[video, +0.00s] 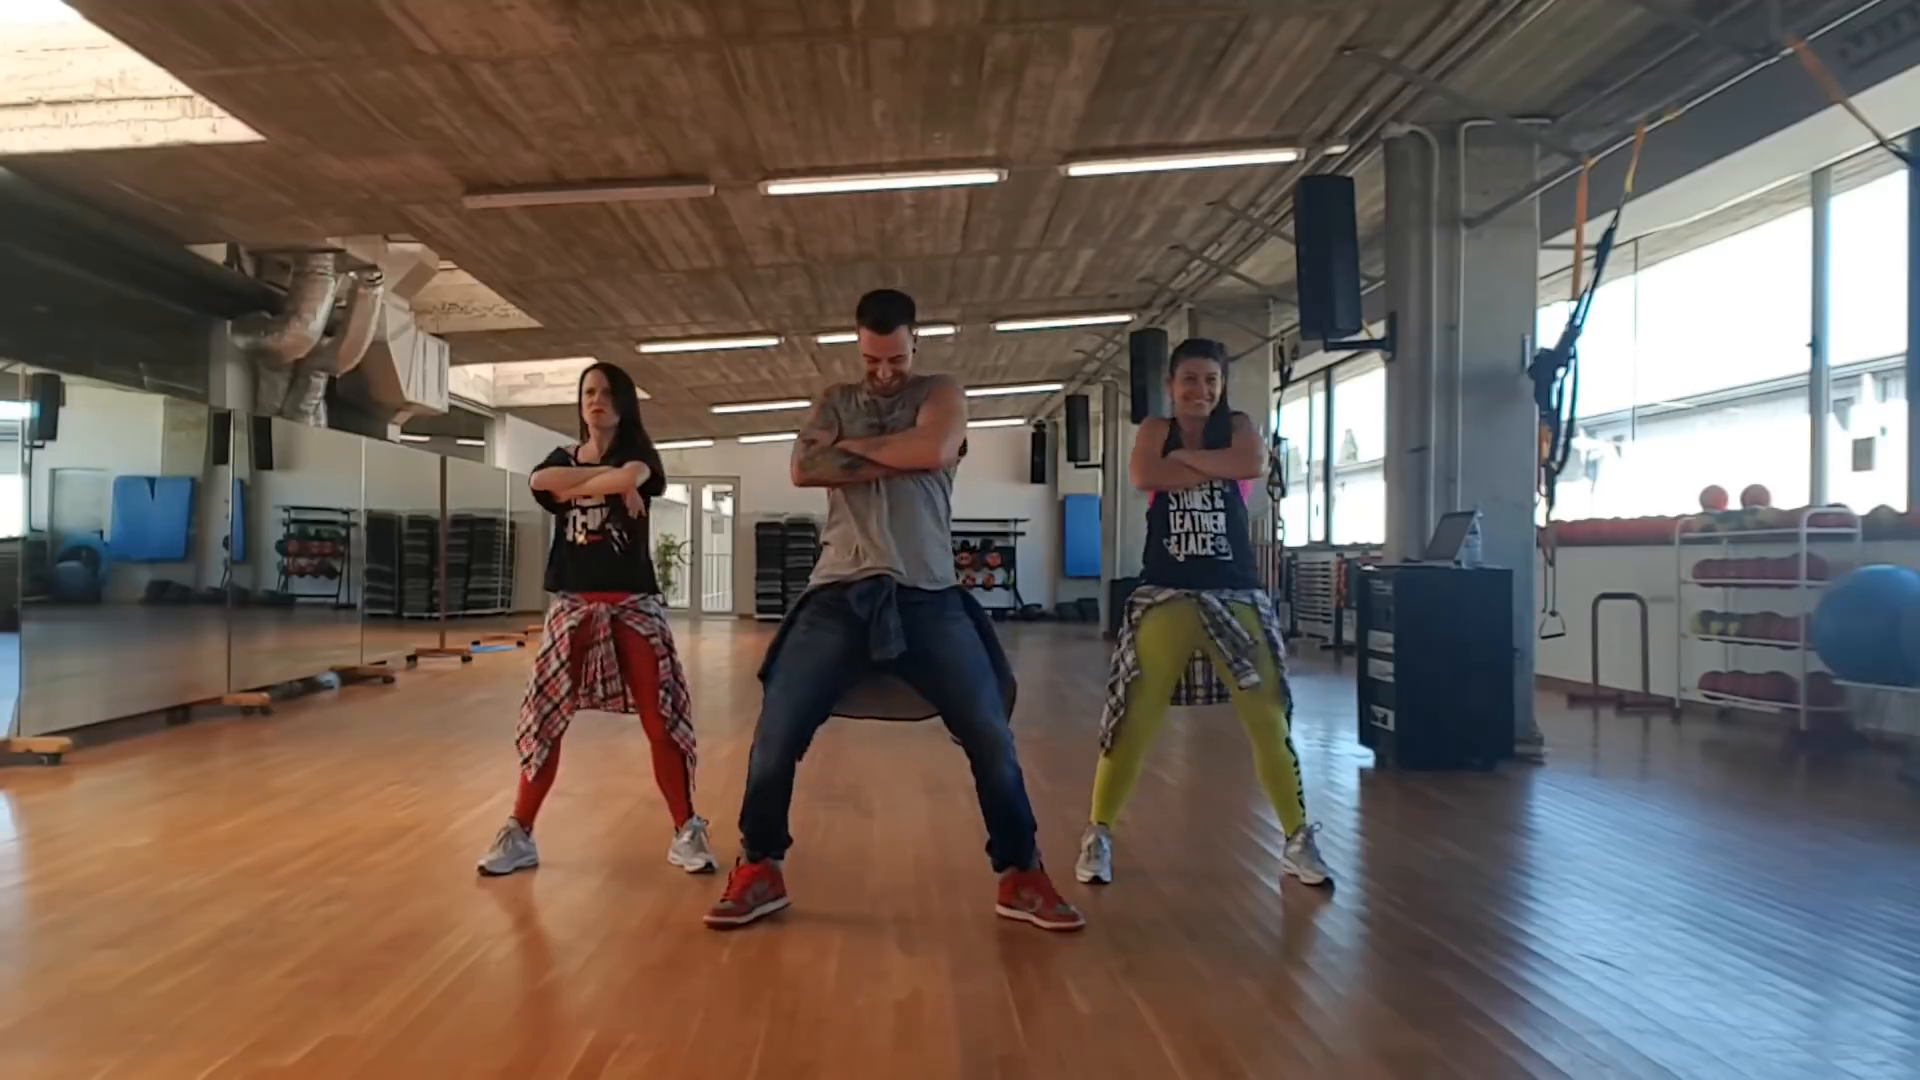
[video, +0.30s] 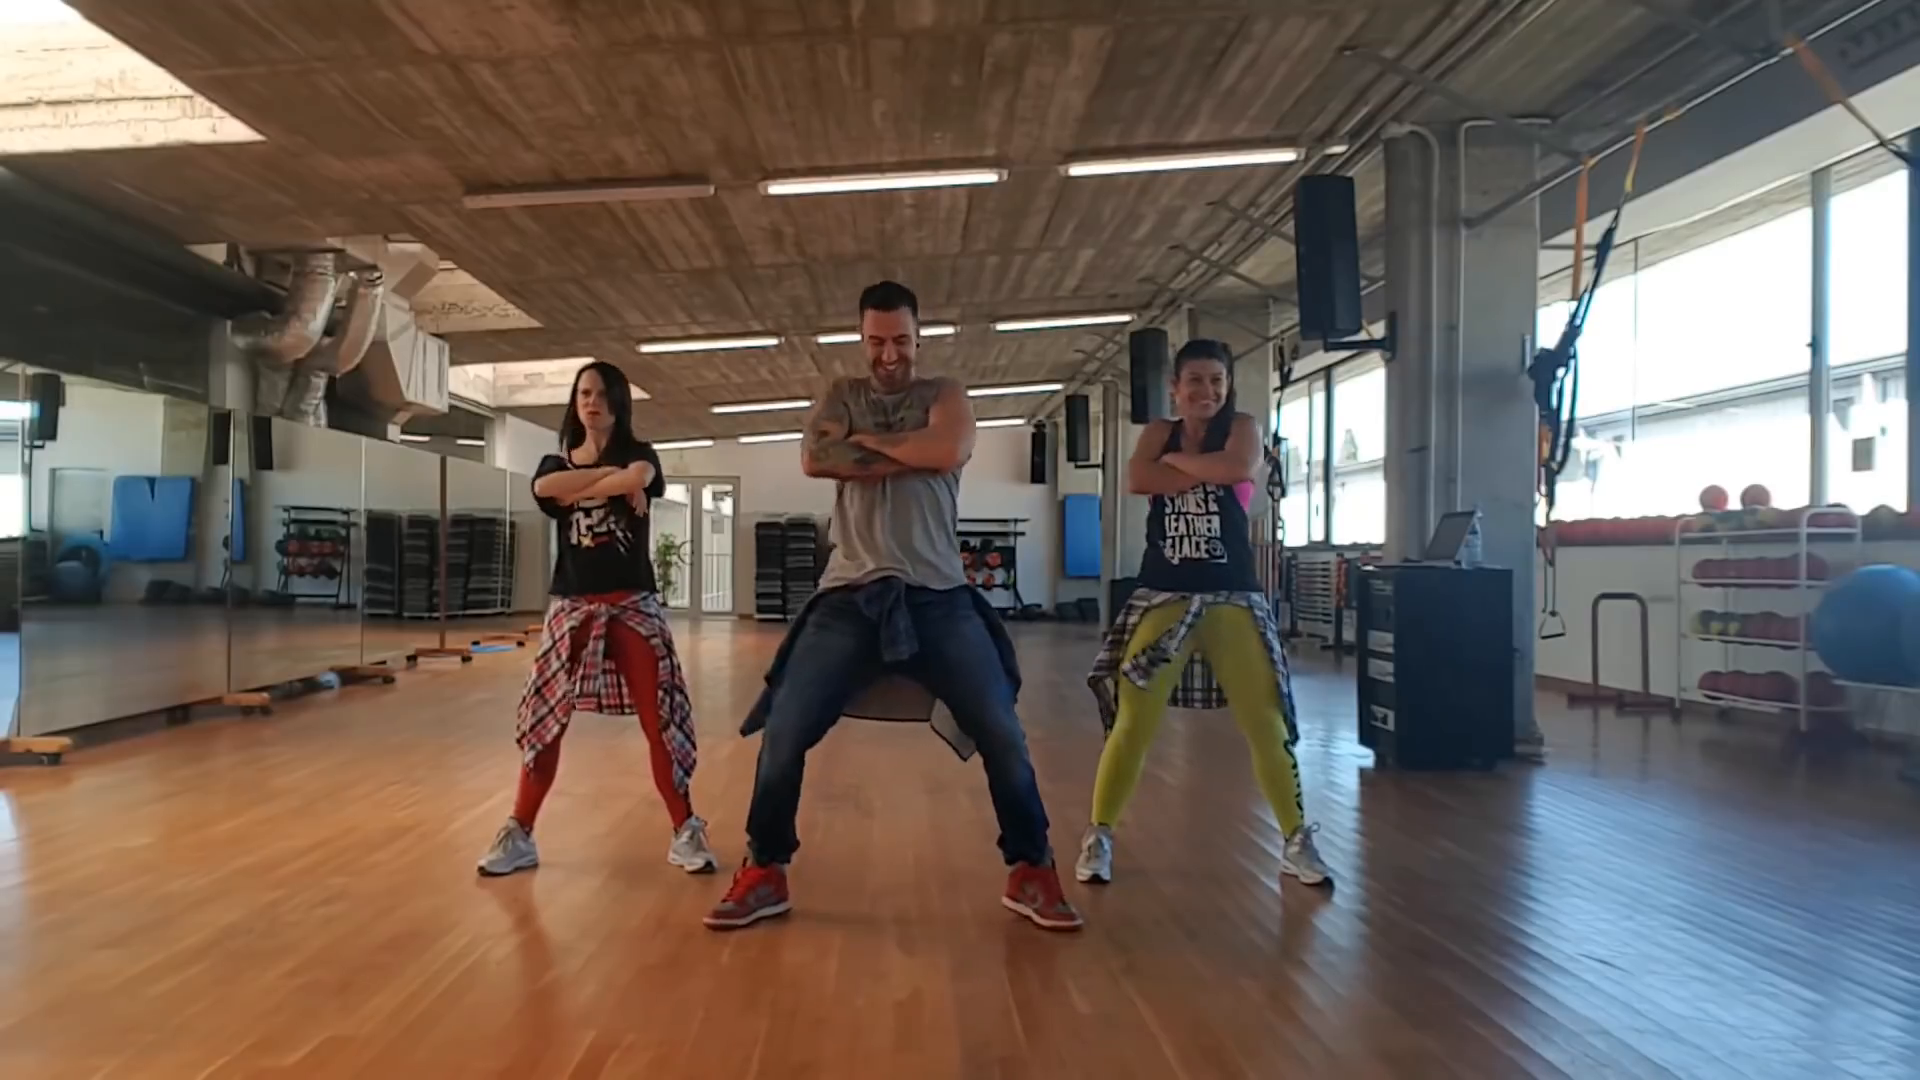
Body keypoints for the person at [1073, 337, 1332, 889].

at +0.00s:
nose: (1199, 389)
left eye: (1209, 380)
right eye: (1189, 379)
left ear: (1222, 386)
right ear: (1170, 384)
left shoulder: (1238, 424)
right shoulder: (1154, 429)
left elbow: (1249, 467)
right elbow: (1143, 475)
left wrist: (1177, 454)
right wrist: (1219, 465)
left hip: (1236, 595)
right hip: (1166, 595)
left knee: (1268, 719)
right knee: (1136, 718)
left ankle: (1298, 841)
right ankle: (1098, 837)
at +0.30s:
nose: (1203, 390)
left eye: (1213, 382)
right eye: (1193, 381)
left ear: (1227, 387)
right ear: (1175, 386)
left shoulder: (1243, 428)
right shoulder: (1158, 432)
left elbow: (1237, 470)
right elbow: (1136, 480)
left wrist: (1168, 457)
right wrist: (1210, 467)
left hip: (1231, 596)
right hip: (1161, 595)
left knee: (1266, 723)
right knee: (1132, 725)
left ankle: (1297, 841)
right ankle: (1098, 838)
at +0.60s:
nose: (1222, 384)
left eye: (1230, 375)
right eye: (1211, 375)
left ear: (1242, 383)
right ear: (1190, 384)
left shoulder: (1250, 429)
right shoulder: (1180, 427)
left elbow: (1294, 480)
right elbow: (1208, 481)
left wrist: (1235, 466)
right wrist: (1264, 478)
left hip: (1249, 596)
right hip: (1184, 596)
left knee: (1278, 721)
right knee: (1146, 720)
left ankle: (1298, 842)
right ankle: (1100, 838)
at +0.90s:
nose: (1194, 387)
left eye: (1205, 378)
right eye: (1185, 377)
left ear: (1219, 384)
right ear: (1166, 382)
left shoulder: (1235, 427)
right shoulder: (1150, 428)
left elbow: (1249, 470)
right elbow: (1145, 477)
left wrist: (1177, 457)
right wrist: (1218, 469)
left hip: (1224, 595)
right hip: (1154, 595)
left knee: (1260, 722)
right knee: (1130, 719)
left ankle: (1297, 841)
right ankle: (1097, 837)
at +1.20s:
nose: (1193, 386)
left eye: (1202, 377)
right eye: (1183, 376)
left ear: (1215, 384)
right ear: (1163, 384)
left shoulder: (1230, 424)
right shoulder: (1147, 434)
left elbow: (1232, 471)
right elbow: (1131, 485)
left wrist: (1162, 462)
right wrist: (1201, 471)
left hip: (1222, 594)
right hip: (1153, 594)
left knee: (1259, 718)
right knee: (1128, 721)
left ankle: (1296, 841)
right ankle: (1097, 837)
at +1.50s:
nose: (1227, 383)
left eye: (1234, 374)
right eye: (1215, 375)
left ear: (1245, 383)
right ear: (1191, 384)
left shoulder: (1253, 430)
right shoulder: (1177, 429)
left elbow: (1292, 480)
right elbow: (1202, 480)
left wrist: (1229, 462)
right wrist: (1260, 479)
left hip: (1250, 595)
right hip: (1183, 595)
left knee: (1274, 719)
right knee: (1147, 718)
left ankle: (1297, 842)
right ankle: (1099, 837)